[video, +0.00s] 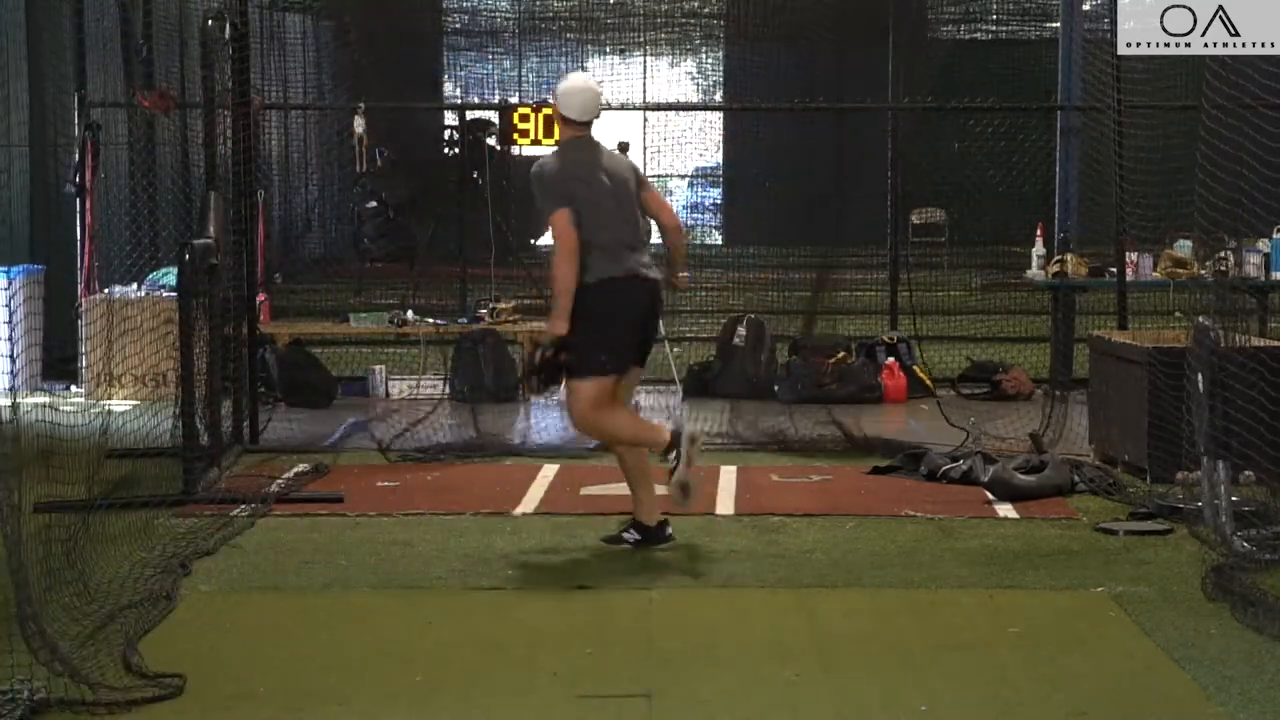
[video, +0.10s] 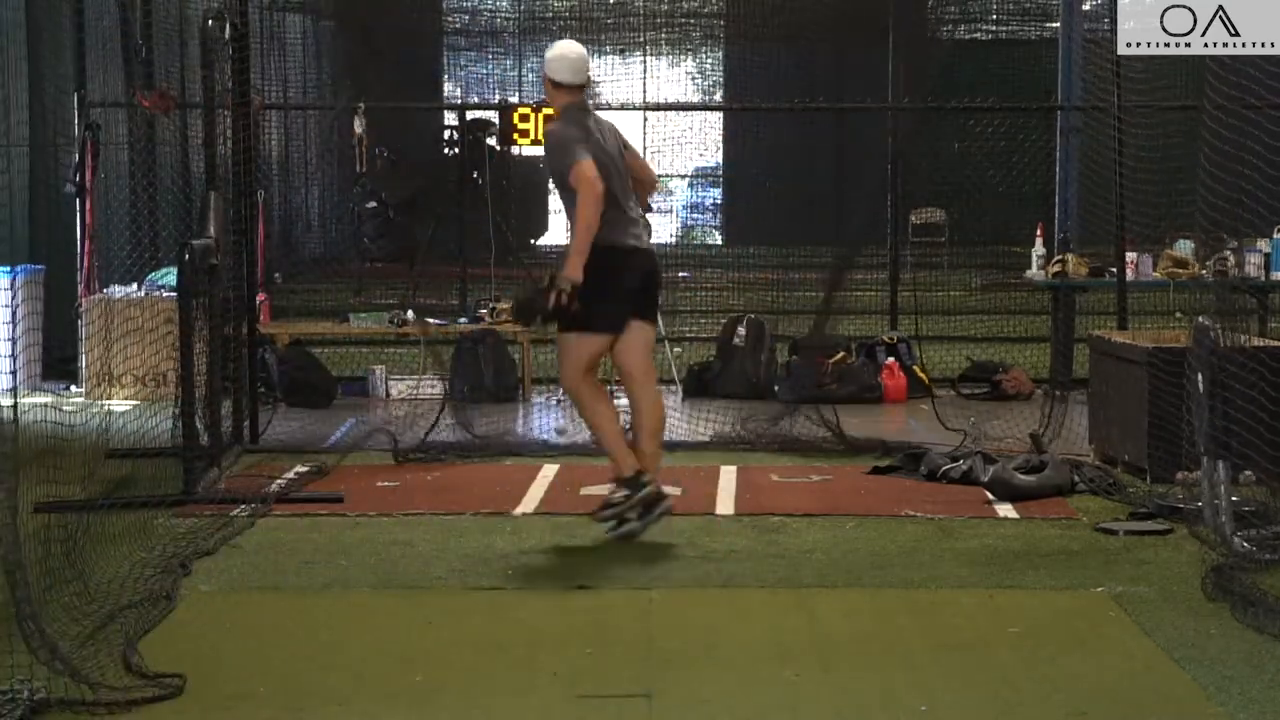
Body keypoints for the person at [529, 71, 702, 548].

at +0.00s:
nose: (556, 118)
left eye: (555, 111)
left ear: (556, 114)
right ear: (596, 116)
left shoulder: (549, 168)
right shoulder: (621, 164)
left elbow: (567, 243)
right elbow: (672, 224)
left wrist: (560, 317)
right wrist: (676, 272)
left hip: (601, 295)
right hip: (645, 293)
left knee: (586, 412)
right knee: (616, 408)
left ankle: (671, 442)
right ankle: (649, 521)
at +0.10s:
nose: (546, 88)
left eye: (546, 82)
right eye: (554, 83)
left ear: (547, 85)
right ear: (586, 84)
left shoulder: (561, 131)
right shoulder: (604, 126)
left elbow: (591, 188)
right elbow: (646, 176)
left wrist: (574, 262)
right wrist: (624, 215)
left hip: (605, 261)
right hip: (640, 260)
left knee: (576, 374)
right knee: (639, 374)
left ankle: (630, 477)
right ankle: (648, 488)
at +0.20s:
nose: (543, 75)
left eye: (543, 68)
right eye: (547, 68)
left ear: (546, 71)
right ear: (585, 71)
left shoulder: (568, 114)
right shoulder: (594, 111)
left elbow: (605, 156)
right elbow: (624, 167)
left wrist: (579, 221)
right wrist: (575, 208)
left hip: (596, 245)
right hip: (628, 243)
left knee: (580, 367)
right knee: (630, 357)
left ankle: (589, 483)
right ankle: (666, 475)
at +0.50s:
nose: (549, 99)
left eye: (550, 93)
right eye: (552, 93)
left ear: (556, 94)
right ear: (587, 93)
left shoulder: (583, 134)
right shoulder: (579, 136)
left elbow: (600, 190)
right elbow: (564, 206)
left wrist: (578, 235)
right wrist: (519, 229)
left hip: (582, 264)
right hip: (590, 264)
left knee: (577, 374)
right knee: (589, 366)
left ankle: (599, 493)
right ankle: (626, 448)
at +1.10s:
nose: (570, 124)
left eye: (572, 115)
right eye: (568, 116)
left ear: (590, 109)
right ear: (587, 110)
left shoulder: (625, 148)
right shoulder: (589, 151)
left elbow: (609, 214)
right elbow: (592, 209)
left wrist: (547, 236)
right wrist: (553, 235)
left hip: (623, 268)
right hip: (581, 264)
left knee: (616, 360)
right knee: (555, 350)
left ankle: (631, 452)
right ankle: (557, 450)